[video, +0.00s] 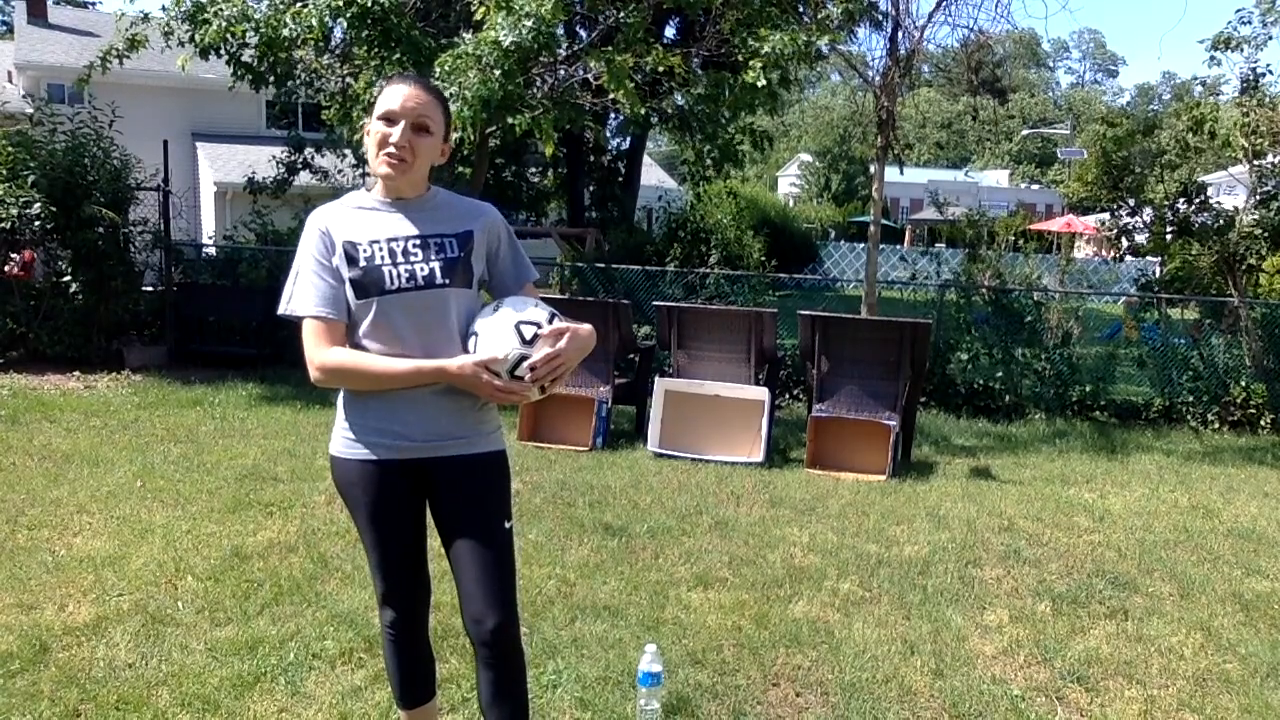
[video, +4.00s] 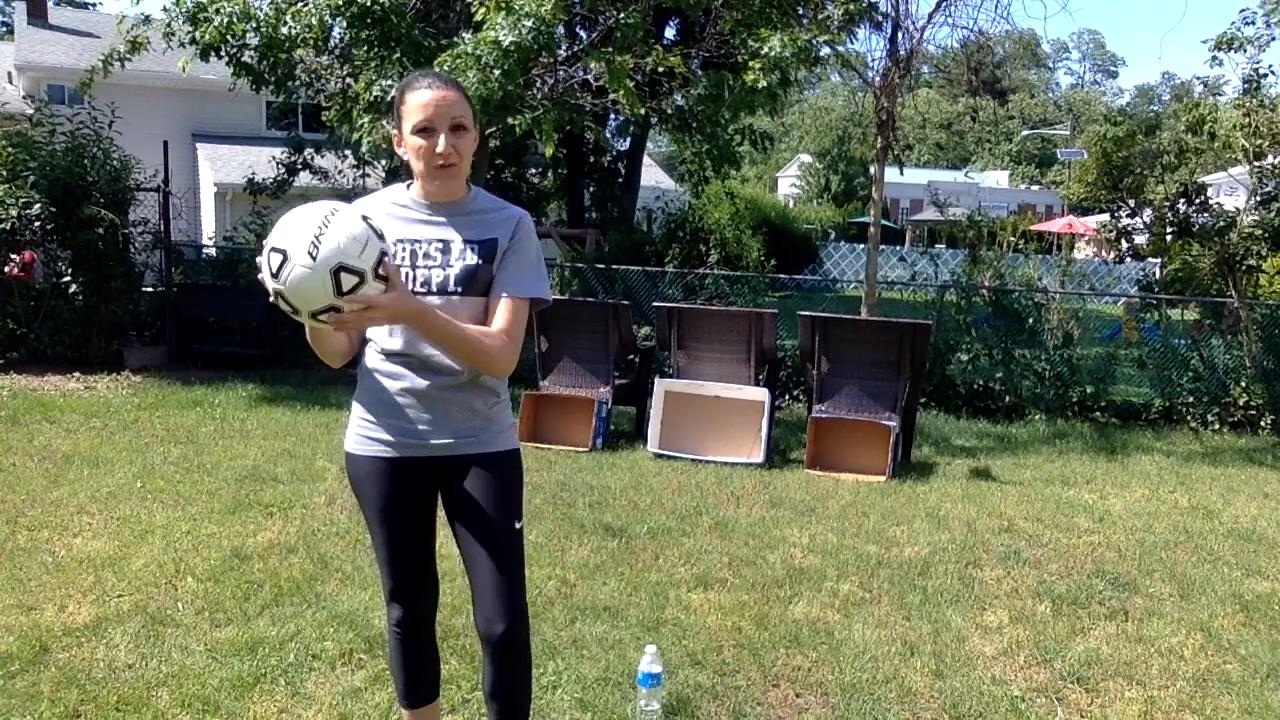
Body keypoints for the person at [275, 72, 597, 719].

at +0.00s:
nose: (397, 134)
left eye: (418, 127)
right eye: (387, 119)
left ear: (443, 150)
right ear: (367, 132)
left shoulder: (482, 222)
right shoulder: (330, 227)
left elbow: (530, 321)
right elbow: (322, 361)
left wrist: (583, 336)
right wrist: (447, 371)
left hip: (469, 450)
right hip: (373, 455)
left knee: (494, 625)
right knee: (402, 616)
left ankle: (506, 717)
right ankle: (419, 714)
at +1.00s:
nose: (424, 135)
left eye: (440, 123)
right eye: (407, 123)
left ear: (461, 138)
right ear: (384, 140)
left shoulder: (501, 227)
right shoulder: (352, 225)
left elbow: (545, 328)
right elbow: (333, 361)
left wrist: (599, 349)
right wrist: (461, 376)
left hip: (477, 450)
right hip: (381, 452)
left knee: (503, 624)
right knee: (405, 612)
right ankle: (421, 714)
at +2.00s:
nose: (423, 151)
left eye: (438, 136)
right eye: (407, 136)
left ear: (461, 143)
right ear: (384, 144)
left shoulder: (499, 230)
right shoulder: (351, 228)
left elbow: (522, 351)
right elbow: (327, 361)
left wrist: (573, 394)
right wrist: (447, 377)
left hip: (474, 451)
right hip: (380, 452)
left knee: (500, 625)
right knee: (404, 613)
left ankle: (509, 719)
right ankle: (421, 714)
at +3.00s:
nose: (425, 152)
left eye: (439, 136)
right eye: (407, 140)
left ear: (464, 143)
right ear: (388, 153)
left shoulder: (501, 228)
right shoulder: (355, 220)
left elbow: (531, 358)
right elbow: (309, 355)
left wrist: (473, 321)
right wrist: (325, 326)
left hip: (468, 440)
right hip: (374, 438)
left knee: (495, 619)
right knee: (401, 607)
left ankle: (508, 718)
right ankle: (419, 715)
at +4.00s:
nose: (444, 145)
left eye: (457, 129)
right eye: (426, 131)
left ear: (475, 137)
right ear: (399, 142)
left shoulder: (509, 224)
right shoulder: (364, 219)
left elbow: (500, 356)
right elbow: (337, 352)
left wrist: (411, 310)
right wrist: (303, 289)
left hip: (479, 438)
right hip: (385, 438)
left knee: (503, 624)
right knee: (407, 609)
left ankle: (509, 719)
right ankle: (419, 714)